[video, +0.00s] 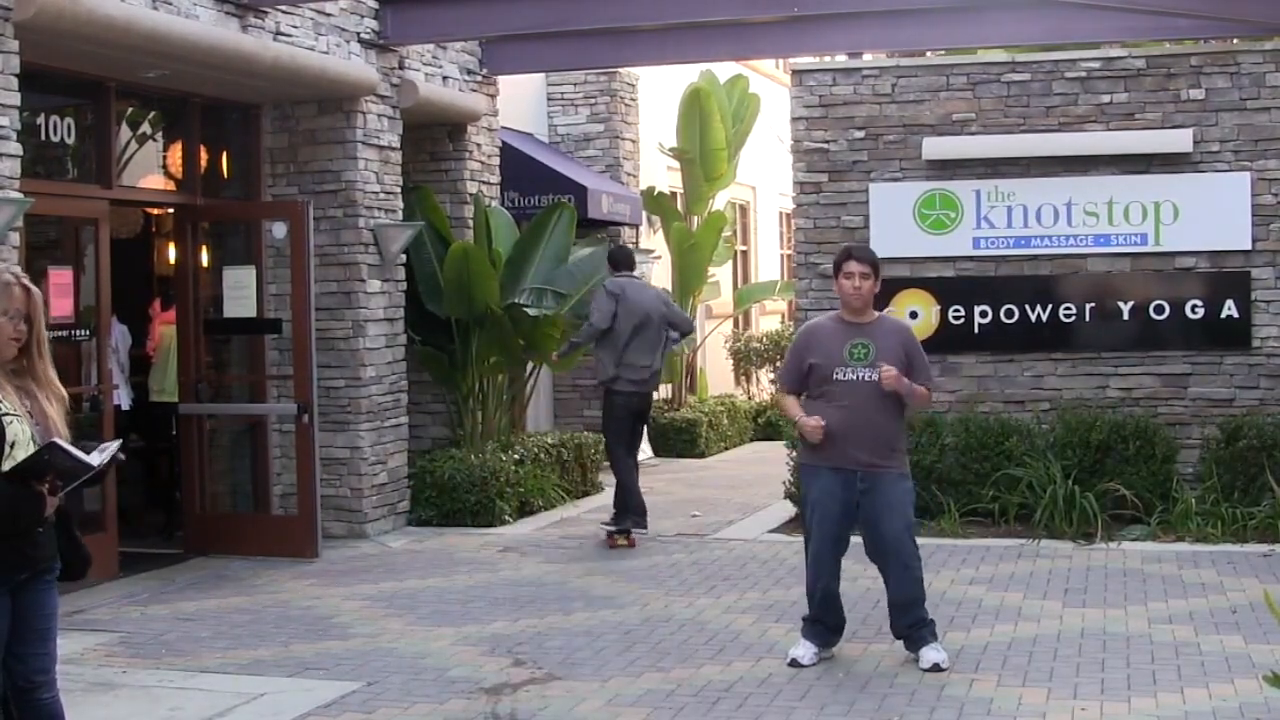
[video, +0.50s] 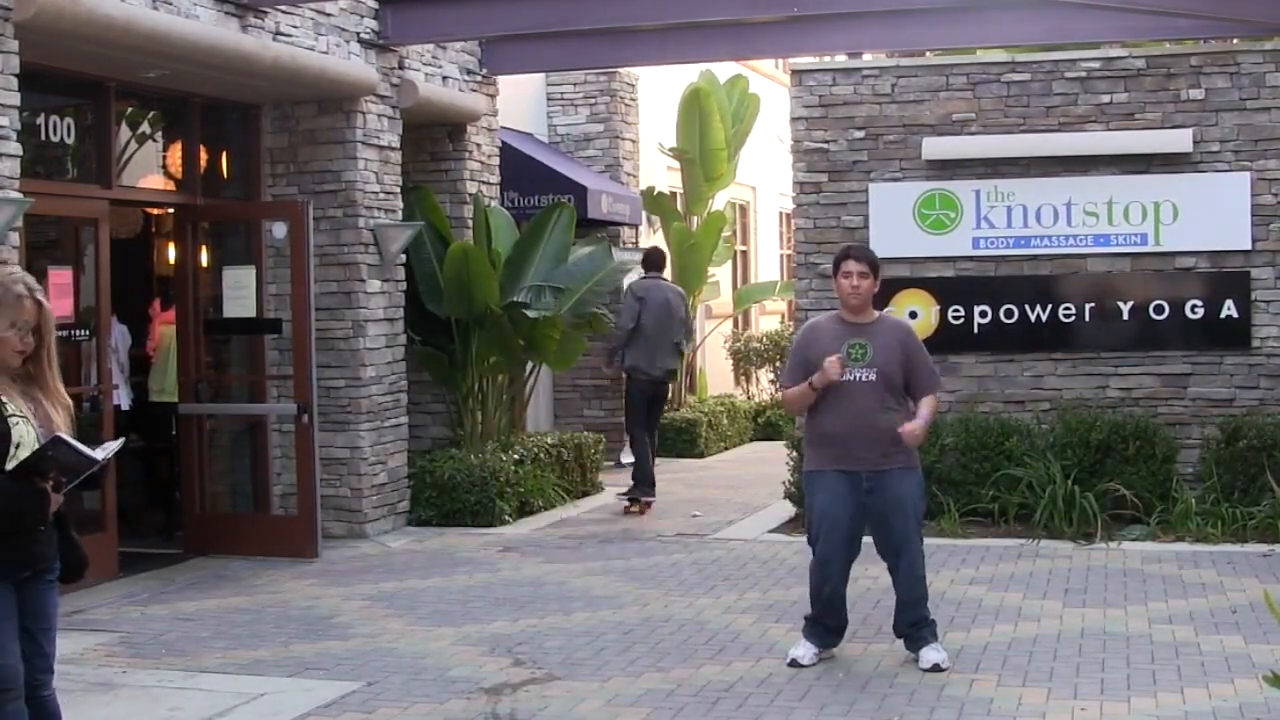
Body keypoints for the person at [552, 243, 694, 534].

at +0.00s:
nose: (608, 269)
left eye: (608, 265)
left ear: (610, 267)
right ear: (634, 266)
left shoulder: (610, 289)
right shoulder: (655, 294)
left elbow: (599, 324)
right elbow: (687, 326)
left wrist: (566, 350)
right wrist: (661, 342)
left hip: (618, 386)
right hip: (645, 388)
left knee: (618, 452)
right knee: (628, 454)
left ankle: (634, 517)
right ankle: (622, 517)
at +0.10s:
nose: (616, 271)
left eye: (616, 266)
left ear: (617, 267)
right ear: (640, 267)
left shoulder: (617, 286)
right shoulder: (659, 294)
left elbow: (602, 319)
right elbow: (684, 330)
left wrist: (569, 343)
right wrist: (659, 346)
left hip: (619, 383)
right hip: (644, 386)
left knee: (618, 446)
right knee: (629, 448)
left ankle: (630, 512)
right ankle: (623, 507)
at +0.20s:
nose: (622, 270)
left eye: (621, 265)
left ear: (623, 265)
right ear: (645, 265)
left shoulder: (621, 284)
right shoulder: (660, 291)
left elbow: (607, 315)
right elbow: (684, 327)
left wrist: (574, 343)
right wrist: (667, 348)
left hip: (621, 380)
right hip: (646, 383)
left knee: (619, 440)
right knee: (632, 443)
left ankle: (631, 504)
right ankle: (626, 501)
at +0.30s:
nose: (630, 267)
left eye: (630, 263)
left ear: (629, 265)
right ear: (652, 265)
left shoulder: (626, 284)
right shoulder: (665, 291)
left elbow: (613, 317)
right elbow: (687, 325)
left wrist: (594, 337)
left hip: (625, 376)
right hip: (649, 378)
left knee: (624, 436)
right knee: (637, 437)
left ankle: (635, 498)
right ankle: (631, 494)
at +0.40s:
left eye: (635, 263)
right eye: (650, 262)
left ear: (634, 264)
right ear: (657, 265)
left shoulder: (628, 287)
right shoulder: (671, 293)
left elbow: (618, 322)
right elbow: (684, 334)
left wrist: (599, 349)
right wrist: (664, 349)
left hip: (630, 373)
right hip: (656, 375)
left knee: (630, 432)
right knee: (644, 435)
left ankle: (640, 493)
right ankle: (635, 490)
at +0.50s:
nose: (643, 268)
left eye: (643, 263)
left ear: (643, 265)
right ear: (664, 266)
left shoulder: (636, 289)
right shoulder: (677, 293)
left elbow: (625, 324)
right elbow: (686, 330)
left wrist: (613, 352)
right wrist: (676, 349)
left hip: (639, 369)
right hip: (665, 371)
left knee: (637, 428)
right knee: (650, 428)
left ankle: (644, 488)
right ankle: (642, 484)